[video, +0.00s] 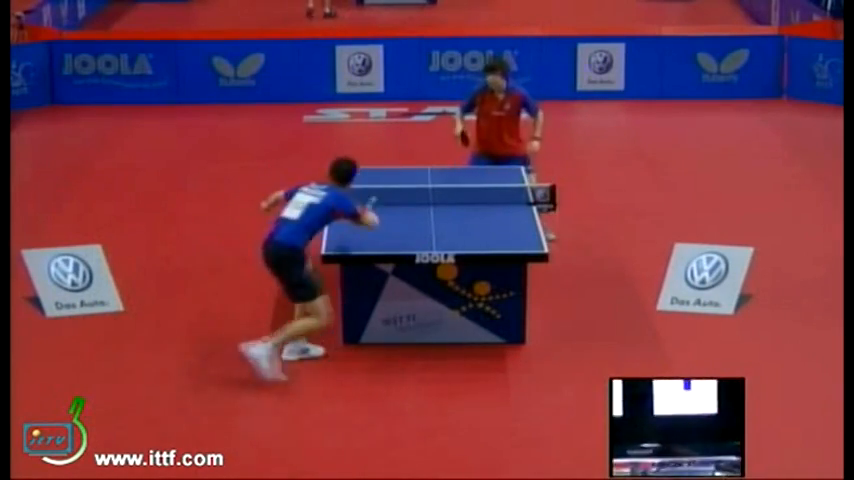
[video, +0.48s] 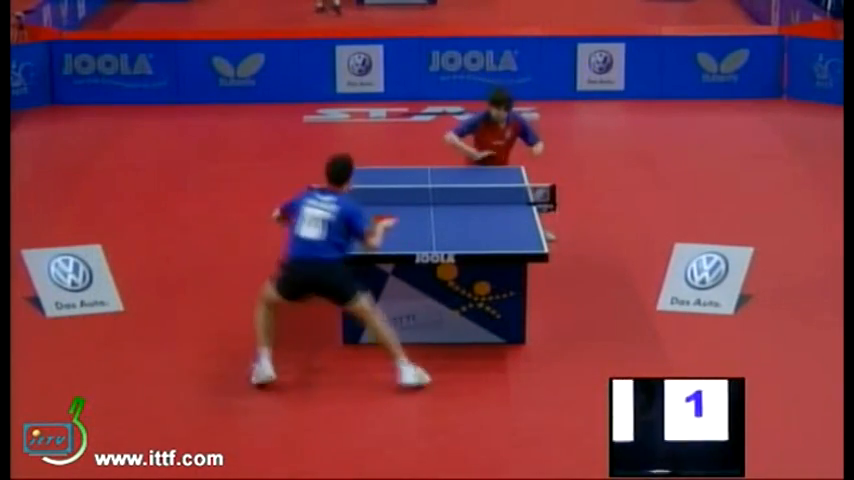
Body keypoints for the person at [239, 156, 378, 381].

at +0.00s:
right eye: (350, 178)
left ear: (330, 172)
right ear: (350, 181)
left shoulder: (308, 187)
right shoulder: (339, 199)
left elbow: (278, 196)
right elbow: (368, 222)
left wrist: (267, 205)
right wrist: (368, 214)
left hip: (272, 246)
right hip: (288, 252)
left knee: (310, 285)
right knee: (322, 317)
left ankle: (296, 343)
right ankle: (265, 347)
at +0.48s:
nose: (349, 181)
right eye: (349, 177)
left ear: (326, 175)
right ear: (348, 181)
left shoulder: (307, 197)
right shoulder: (349, 207)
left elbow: (278, 215)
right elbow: (371, 244)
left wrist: (300, 217)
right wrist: (381, 227)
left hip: (297, 268)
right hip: (332, 270)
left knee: (266, 301)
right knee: (369, 312)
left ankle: (264, 363)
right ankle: (405, 367)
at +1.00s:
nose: (266, 200)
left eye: (265, 195)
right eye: (264, 196)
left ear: (237, 200)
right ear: (256, 203)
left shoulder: (215, 220)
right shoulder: (258, 237)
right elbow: (285, 261)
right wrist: (309, 235)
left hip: (206, 298)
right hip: (241, 301)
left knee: (178, 319)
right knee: (295, 324)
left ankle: (146, 362)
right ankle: (281, 382)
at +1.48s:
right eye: (282, 190)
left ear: (261, 191)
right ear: (284, 193)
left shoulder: (241, 220)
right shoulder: (289, 225)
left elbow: (219, 259)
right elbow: (306, 269)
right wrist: (314, 266)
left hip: (238, 294)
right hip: (272, 295)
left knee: (222, 323)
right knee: (322, 330)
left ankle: (199, 379)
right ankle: (329, 391)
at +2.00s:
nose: (495, 238)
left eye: (496, 232)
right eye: (496, 233)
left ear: (475, 224)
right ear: (490, 234)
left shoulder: (457, 230)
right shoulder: (475, 265)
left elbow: (427, 231)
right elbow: (479, 303)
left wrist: (438, 253)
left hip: (411, 295)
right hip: (422, 309)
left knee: (448, 334)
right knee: (410, 385)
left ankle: (424, 393)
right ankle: (347, 421)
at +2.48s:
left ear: (618, 231)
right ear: (642, 233)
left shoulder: (597, 258)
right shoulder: (645, 264)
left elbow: (568, 297)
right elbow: (668, 310)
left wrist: (578, 326)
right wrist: (688, 317)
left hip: (589, 329)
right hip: (621, 331)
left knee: (636, 373)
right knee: (659, 372)